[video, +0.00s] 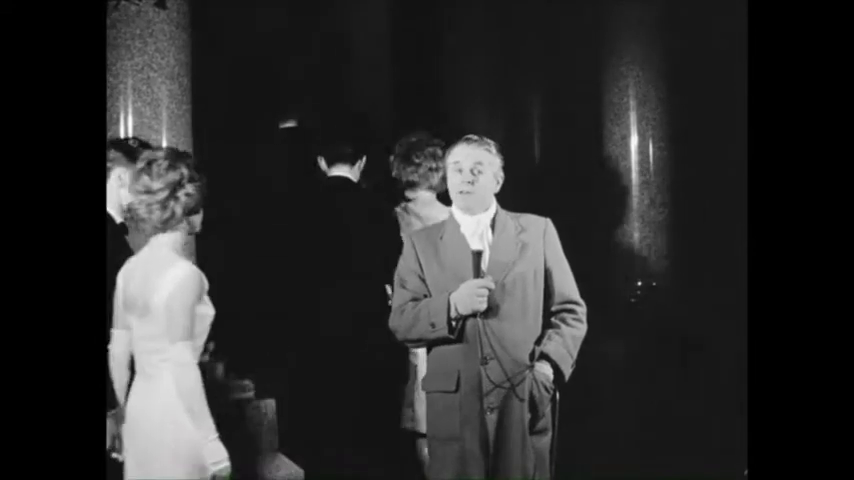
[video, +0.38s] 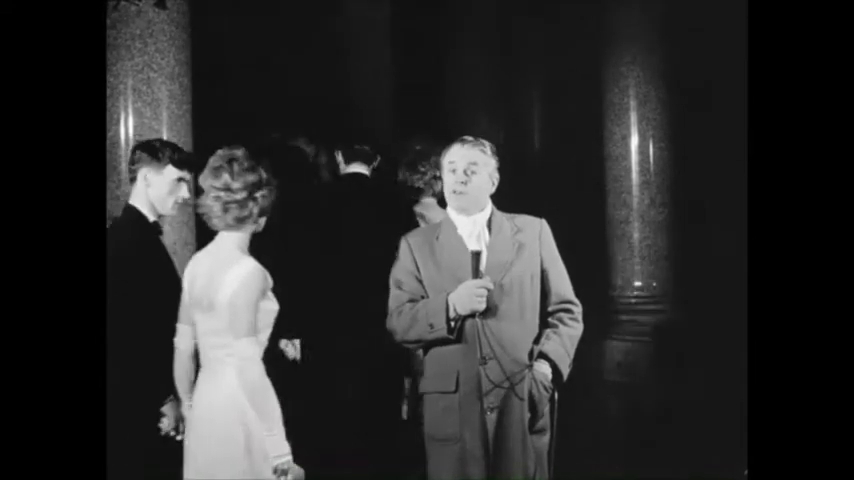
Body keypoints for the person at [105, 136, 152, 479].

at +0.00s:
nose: (142, 191)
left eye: (141, 179)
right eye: (137, 177)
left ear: (119, 179)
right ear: (117, 179)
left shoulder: (122, 239)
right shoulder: (114, 242)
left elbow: (119, 334)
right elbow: (115, 333)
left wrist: (118, 409)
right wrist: (114, 409)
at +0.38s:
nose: (186, 194)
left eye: (187, 184)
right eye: (179, 181)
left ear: (148, 176)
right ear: (145, 175)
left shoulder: (147, 239)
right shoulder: (127, 240)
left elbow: (155, 325)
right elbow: (138, 328)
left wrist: (169, 395)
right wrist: (164, 397)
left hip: (147, 403)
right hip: (134, 407)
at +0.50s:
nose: (194, 191)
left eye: (195, 181)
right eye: (186, 179)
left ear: (155, 174)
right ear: (153, 174)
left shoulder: (155, 234)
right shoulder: (139, 238)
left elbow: (174, 320)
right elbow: (152, 325)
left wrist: (189, 388)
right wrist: (179, 391)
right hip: (151, 402)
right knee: (157, 471)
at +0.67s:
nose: (204, 191)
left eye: (203, 181)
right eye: (196, 179)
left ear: (166, 177)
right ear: (165, 176)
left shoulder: (163, 234)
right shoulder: (152, 237)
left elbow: (183, 319)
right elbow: (170, 323)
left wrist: (206, 380)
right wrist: (201, 383)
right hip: (163, 396)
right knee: (169, 471)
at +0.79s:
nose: (209, 191)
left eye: (209, 180)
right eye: (200, 180)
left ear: (174, 177)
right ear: (170, 176)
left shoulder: (175, 233)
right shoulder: (160, 236)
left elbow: (190, 317)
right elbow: (179, 322)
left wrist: (220, 375)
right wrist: (218, 377)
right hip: (172, 389)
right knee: (179, 468)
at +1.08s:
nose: (238, 192)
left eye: (237, 182)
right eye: (229, 181)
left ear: (200, 179)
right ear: (199, 178)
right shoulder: (186, 239)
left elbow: (221, 320)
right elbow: (202, 326)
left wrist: (251, 377)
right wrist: (249, 379)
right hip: (197, 393)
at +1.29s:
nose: (271, 195)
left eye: (270, 185)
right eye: (263, 184)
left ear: (234, 181)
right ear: (234, 180)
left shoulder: (197, 236)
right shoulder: (243, 238)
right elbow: (253, 318)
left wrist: (285, 375)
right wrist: (285, 375)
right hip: (238, 384)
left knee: (219, 469)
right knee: (251, 467)